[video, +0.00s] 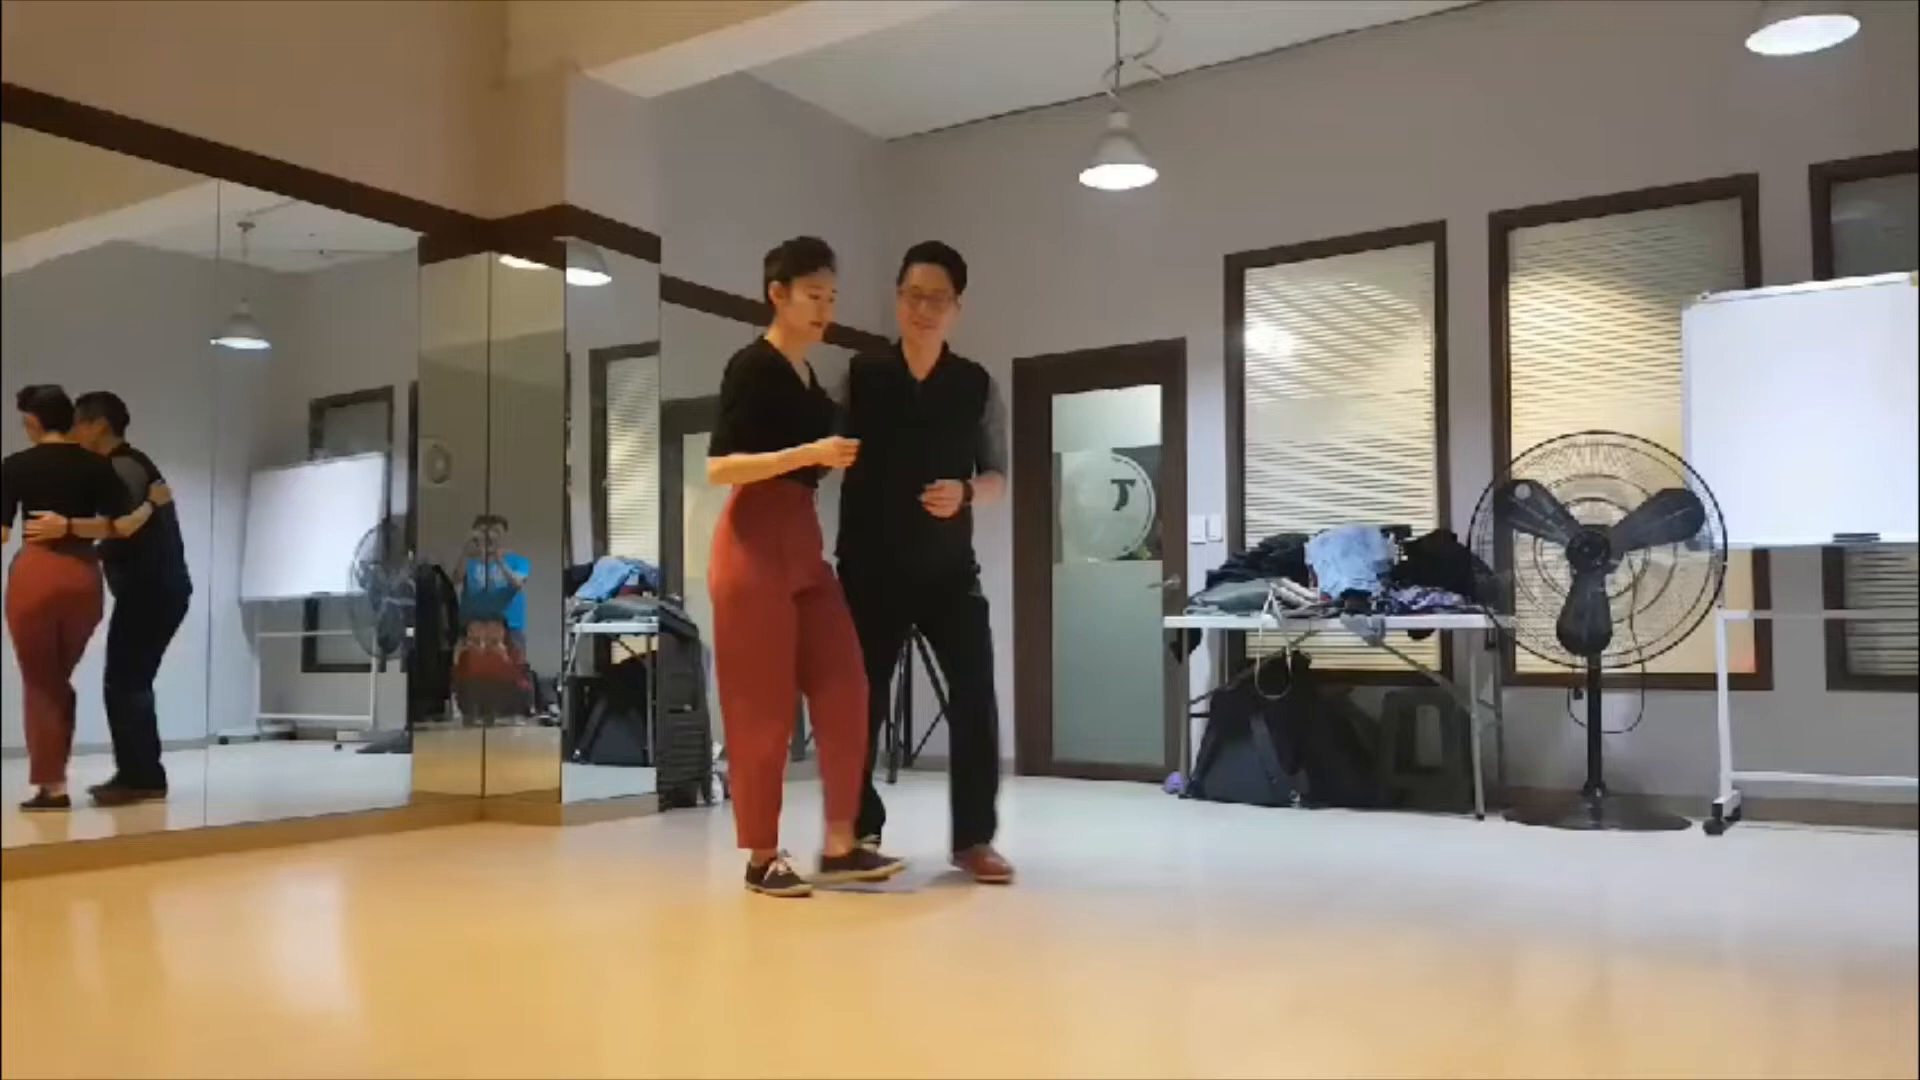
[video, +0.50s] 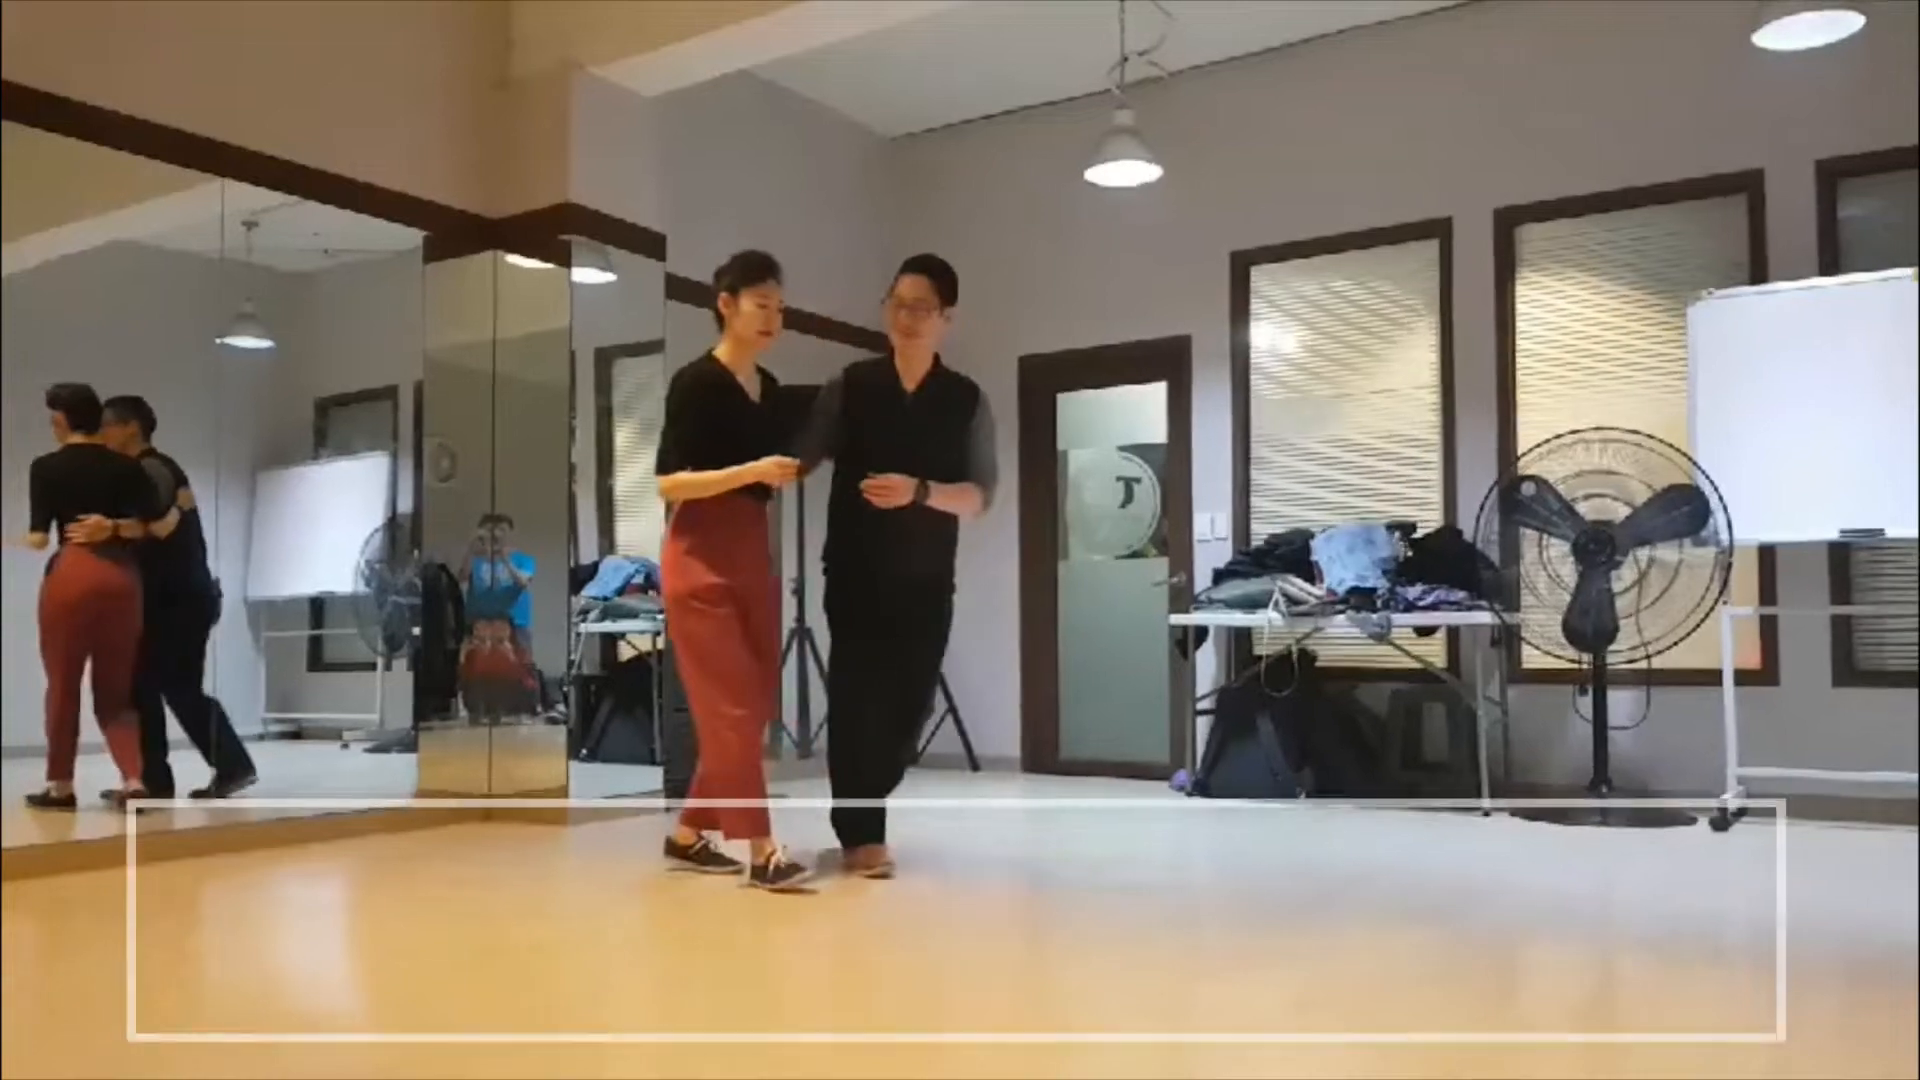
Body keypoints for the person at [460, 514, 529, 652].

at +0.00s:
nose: (489, 537)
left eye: (495, 532)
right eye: (484, 531)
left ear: (503, 536)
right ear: (476, 535)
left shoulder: (516, 562)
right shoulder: (470, 563)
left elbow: (518, 584)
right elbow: (456, 579)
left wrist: (499, 561)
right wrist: (466, 552)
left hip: (507, 626)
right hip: (474, 625)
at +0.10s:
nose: (490, 537)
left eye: (496, 532)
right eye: (485, 532)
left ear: (504, 536)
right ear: (476, 535)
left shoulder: (517, 562)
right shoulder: (471, 563)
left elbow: (518, 584)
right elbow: (457, 580)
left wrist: (499, 561)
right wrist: (466, 552)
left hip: (508, 626)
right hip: (474, 625)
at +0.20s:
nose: (492, 538)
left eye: (498, 532)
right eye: (487, 532)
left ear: (506, 536)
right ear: (478, 536)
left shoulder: (519, 562)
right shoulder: (473, 563)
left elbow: (519, 584)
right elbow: (458, 580)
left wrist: (501, 561)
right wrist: (468, 553)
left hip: (510, 626)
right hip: (476, 626)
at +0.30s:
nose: (493, 537)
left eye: (499, 532)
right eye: (488, 531)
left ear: (507, 536)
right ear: (480, 535)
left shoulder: (520, 562)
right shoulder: (474, 563)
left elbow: (521, 584)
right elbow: (460, 579)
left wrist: (502, 561)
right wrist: (470, 552)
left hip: (512, 626)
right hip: (479, 626)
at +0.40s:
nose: (494, 535)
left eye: (500, 530)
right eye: (489, 530)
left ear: (507, 534)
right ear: (480, 533)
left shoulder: (520, 560)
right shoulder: (475, 561)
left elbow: (522, 582)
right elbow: (460, 577)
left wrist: (503, 559)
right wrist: (470, 550)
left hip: (512, 625)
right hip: (479, 626)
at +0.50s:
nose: (495, 535)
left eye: (501, 530)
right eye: (490, 530)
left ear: (508, 534)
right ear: (482, 534)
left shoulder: (521, 560)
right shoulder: (476, 561)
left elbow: (523, 582)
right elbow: (462, 577)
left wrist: (504, 559)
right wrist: (471, 549)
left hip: (513, 624)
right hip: (481, 624)